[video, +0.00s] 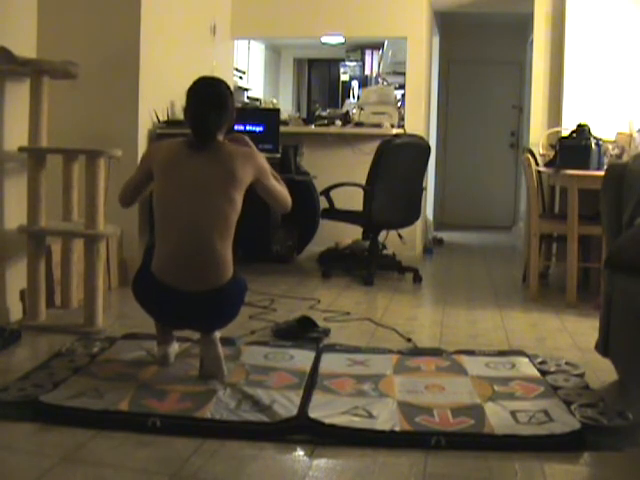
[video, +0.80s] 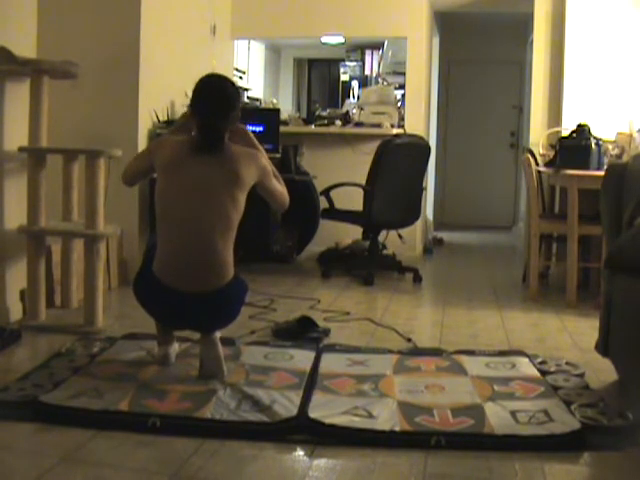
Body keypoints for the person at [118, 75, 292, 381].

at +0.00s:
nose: (233, 115)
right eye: (231, 109)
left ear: (187, 113)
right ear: (229, 118)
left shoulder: (160, 153)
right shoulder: (246, 159)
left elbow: (126, 198)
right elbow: (284, 203)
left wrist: (156, 170)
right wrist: (254, 153)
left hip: (162, 303)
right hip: (216, 307)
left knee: (152, 249)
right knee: (233, 280)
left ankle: (165, 344)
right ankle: (211, 339)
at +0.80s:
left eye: (193, 104)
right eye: (236, 112)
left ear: (192, 110)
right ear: (234, 117)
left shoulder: (166, 149)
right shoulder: (249, 159)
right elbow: (282, 201)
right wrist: (253, 143)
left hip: (164, 304)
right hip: (216, 307)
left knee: (155, 244)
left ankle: (165, 345)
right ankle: (211, 339)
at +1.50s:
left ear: (191, 122)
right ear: (234, 128)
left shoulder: (164, 157)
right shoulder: (251, 165)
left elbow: (125, 208)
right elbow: (282, 216)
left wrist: (156, 181)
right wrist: (260, 175)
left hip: (165, 308)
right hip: (218, 311)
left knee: (155, 242)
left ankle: (165, 345)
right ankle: (211, 342)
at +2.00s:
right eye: (238, 125)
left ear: (192, 124)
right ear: (236, 130)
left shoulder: (166, 158)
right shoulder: (253, 165)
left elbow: (127, 209)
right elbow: (286, 217)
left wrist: (162, 185)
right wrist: (263, 183)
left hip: (165, 307)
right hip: (218, 311)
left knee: (156, 243)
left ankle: (165, 345)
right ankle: (211, 341)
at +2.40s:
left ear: (196, 127)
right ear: (238, 136)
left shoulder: (168, 159)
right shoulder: (256, 169)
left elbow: (124, 210)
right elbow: (281, 232)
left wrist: (167, 195)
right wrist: (247, 205)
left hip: (166, 309)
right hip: (219, 312)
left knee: (153, 235)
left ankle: (164, 345)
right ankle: (210, 342)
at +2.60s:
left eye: (191, 120)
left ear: (192, 123)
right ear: (234, 131)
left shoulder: (166, 155)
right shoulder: (254, 166)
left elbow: (123, 207)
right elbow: (267, 230)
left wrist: (163, 195)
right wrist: (238, 204)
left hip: (161, 303)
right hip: (212, 310)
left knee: (145, 254)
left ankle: (157, 347)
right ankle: (207, 340)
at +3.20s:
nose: (203, 118)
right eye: (204, 114)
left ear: (163, 112)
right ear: (203, 120)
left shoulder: (135, 146)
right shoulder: (214, 154)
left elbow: (108, 147)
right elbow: (261, 218)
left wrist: (108, 126)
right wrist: (229, 187)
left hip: (133, 297)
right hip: (185, 298)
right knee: (231, 281)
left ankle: (144, 336)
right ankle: (204, 331)